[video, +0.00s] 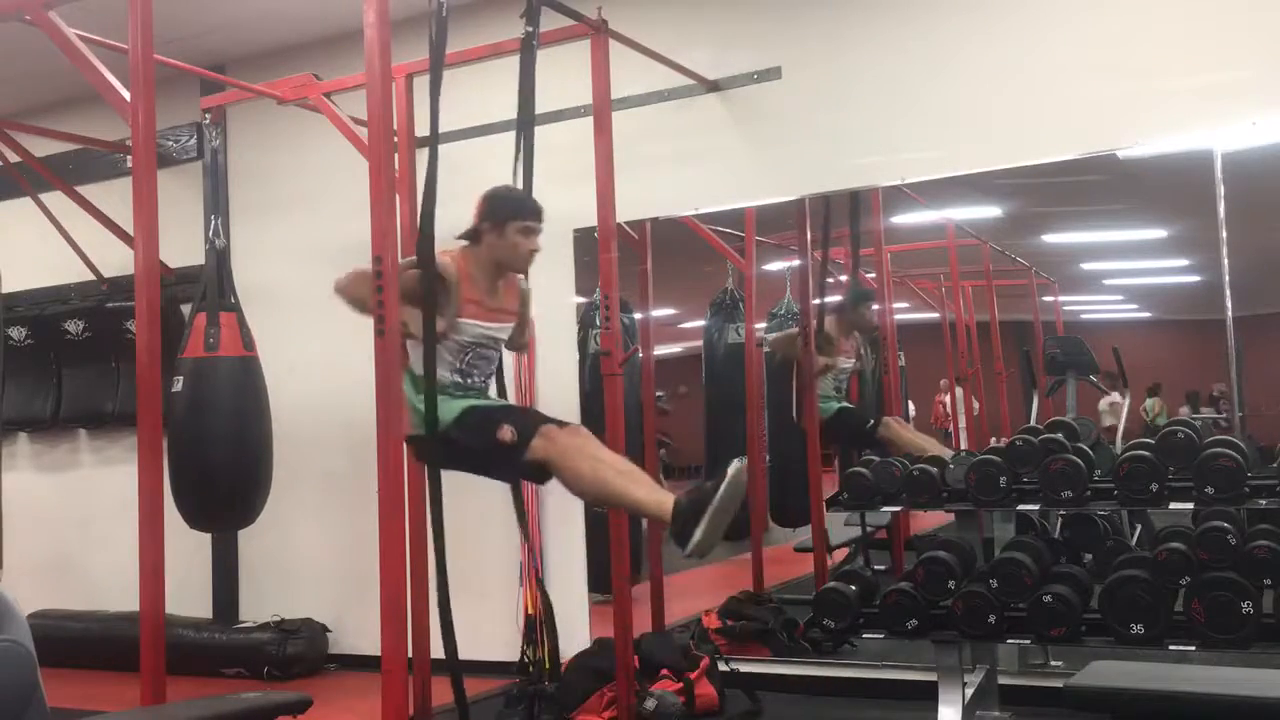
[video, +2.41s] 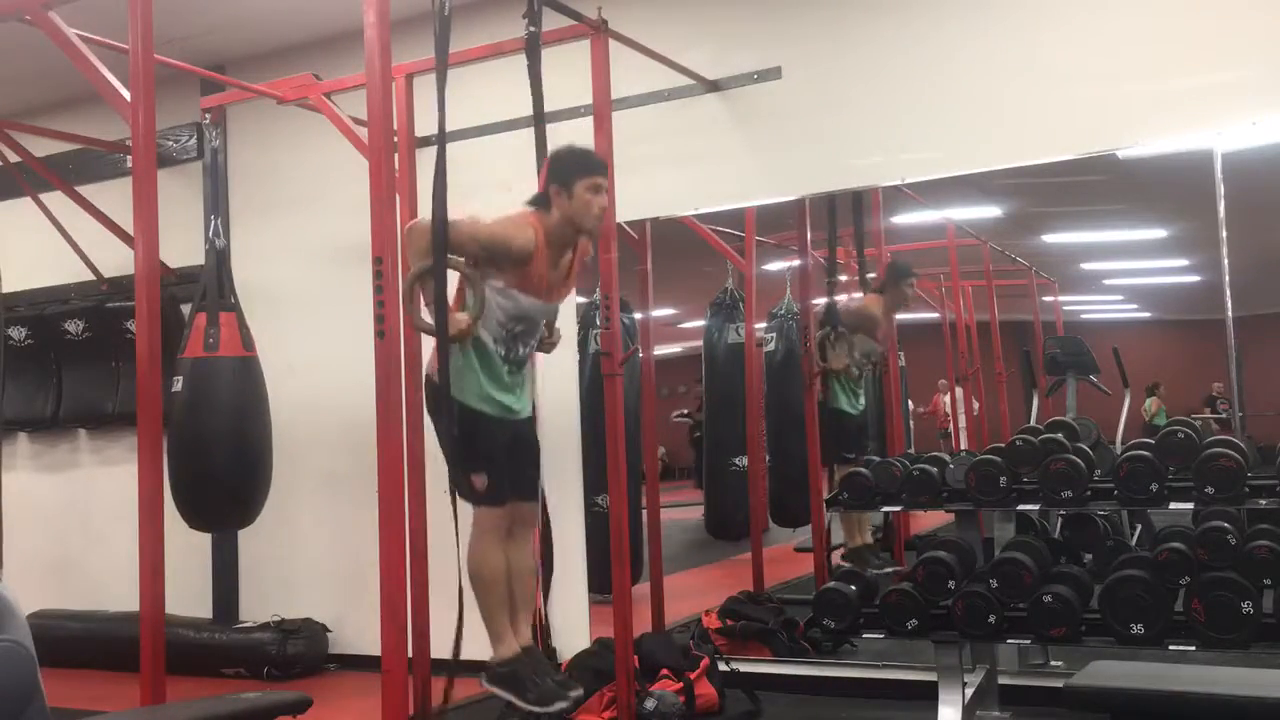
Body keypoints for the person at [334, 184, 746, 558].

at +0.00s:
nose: (535, 246)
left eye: (537, 235)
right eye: (526, 234)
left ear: (520, 237)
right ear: (488, 232)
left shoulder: (515, 291)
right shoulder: (443, 272)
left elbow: (518, 337)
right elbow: (349, 285)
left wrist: (522, 336)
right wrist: (402, 317)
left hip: (481, 411)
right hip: (432, 412)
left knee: (577, 434)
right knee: (555, 442)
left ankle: (681, 511)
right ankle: (675, 515)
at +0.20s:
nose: (578, 261)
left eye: (580, 250)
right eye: (568, 249)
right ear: (532, 250)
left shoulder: (549, 294)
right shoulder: (481, 273)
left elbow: (534, 329)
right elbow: (403, 253)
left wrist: (538, 339)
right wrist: (413, 312)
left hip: (478, 399)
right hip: (431, 399)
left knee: (561, 464)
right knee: (537, 473)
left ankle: (635, 578)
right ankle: (627, 583)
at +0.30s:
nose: (596, 265)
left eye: (599, 253)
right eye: (587, 253)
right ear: (550, 252)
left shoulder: (563, 298)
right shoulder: (499, 276)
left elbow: (539, 323)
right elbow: (422, 237)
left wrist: (547, 338)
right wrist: (413, 302)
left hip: (488, 402)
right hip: (439, 400)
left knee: (553, 489)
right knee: (524, 496)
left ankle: (606, 622)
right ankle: (593, 628)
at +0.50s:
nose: (623, 246)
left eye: (624, 235)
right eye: (612, 234)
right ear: (574, 234)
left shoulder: (586, 288)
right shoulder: (522, 267)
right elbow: (440, 229)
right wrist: (435, 304)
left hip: (504, 394)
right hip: (455, 391)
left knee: (546, 506)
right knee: (512, 509)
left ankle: (540, 652)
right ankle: (521, 662)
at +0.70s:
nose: (619, 192)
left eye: (622, 182)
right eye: (609, 182)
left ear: (612, 190)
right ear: (572, 184)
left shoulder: (592, 246)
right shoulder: (531, 232)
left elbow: (546, 291)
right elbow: (433, 229)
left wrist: (538, 329)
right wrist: (435, 306)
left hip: (507, 362)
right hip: (463, 355)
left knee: (549, 476)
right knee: (520, 477)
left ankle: (511, 613)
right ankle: (491, 621)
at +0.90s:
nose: (604, 127)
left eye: (607, 117)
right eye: (594, 116)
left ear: (598, 126)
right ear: (558, 120)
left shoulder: (584, 188)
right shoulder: (523, 181)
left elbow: (547, 255)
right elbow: (437, 225)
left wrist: (549, 311)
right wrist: (429, 286)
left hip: (519, 336)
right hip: (473, 330)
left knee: (529, 455)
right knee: (505, 450)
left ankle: (494, 590)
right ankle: (477, 590)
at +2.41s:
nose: (605, 203)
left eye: (606, 192)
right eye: (595, 192)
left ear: (591, 199)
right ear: (557, 194)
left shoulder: (573, 247)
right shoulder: (515, 237)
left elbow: (513, 281)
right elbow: (416, 235)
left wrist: (540, 324)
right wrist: (427, 315)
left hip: (513, 383)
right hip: (467, 381)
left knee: (524, 516)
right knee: (493, 516)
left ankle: (524, 649)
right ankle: (502, 657)